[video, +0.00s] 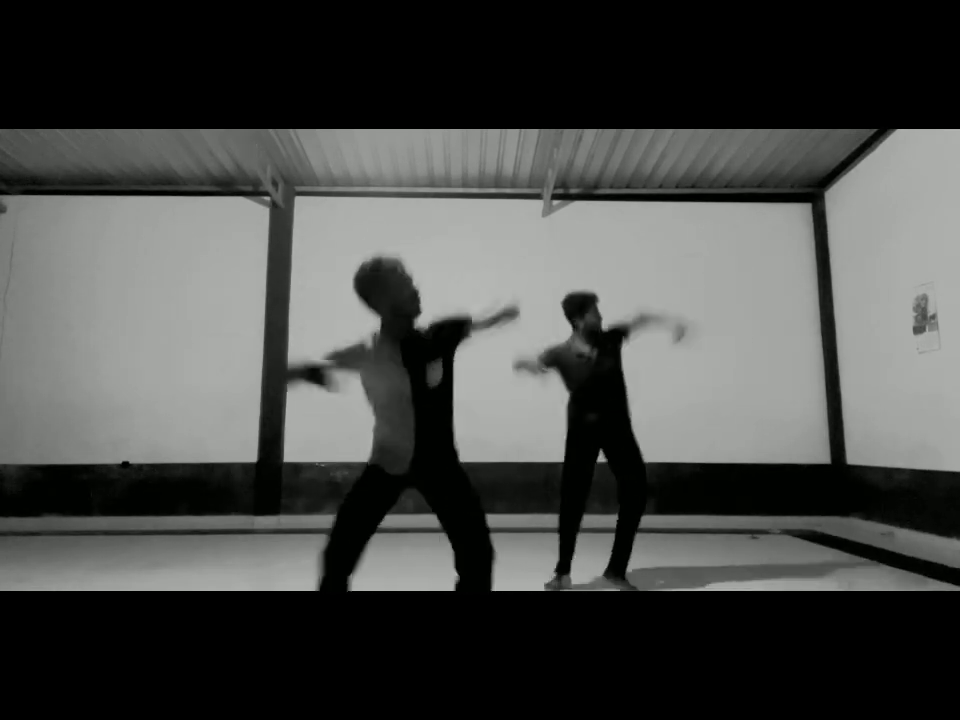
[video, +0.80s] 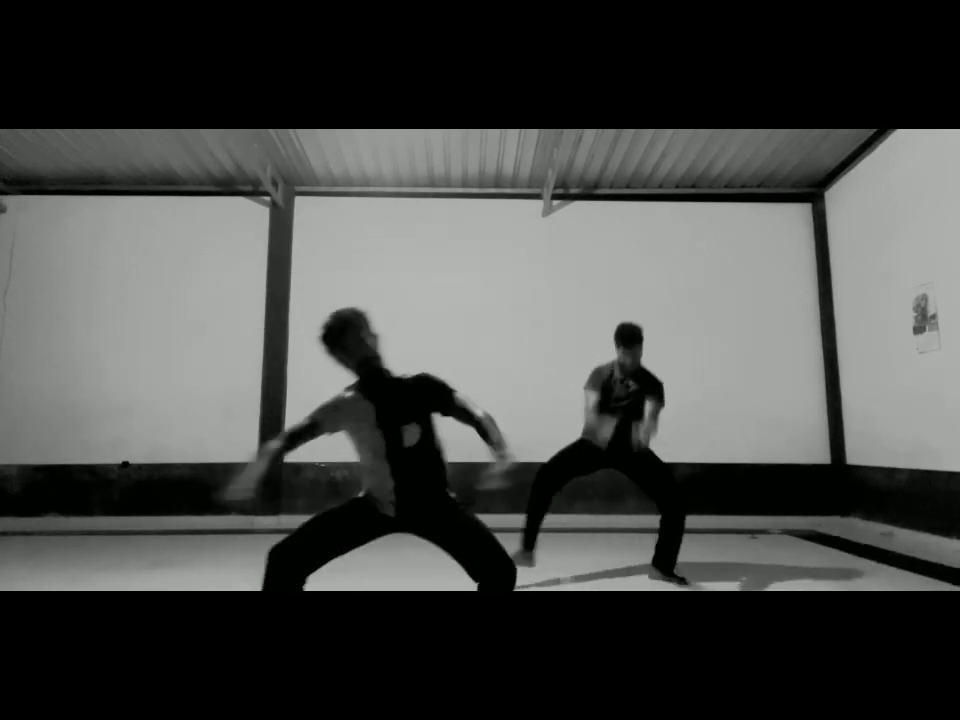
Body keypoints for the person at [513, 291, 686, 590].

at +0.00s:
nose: (599, 316)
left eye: (598, 311)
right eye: (593, 312)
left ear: (592, 315)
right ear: (579, 318)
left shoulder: (612, 338)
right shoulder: (561, 353)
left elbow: (641, 320)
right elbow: (531, 364)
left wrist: (674, 324)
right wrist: (528, 366)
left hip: (617, 431)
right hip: (582, 436)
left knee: (635, 493)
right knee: (572, 498)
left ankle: (616, 571)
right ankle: (563, 571)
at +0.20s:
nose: (600, 299)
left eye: (599, 294)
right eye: (593, 297)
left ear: (599, 299)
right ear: (578, 306)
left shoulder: (617, 320)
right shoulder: (566, 333)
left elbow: (639, 287)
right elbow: (526, 321)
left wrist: (660, 258)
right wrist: (490, 304)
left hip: (623, 412)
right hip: (593, 415)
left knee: (636, 482)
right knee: (598, 484)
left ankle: (632, 553)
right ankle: (605, 556)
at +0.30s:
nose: (599, 307)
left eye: (600, 302)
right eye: (591, 305)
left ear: (605, 304)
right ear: (580, 311)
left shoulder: (618, 329)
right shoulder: (571, 336)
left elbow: (641, 291)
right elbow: (536, 317)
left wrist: (658, 258)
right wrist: (516, 292)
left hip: (628, 420)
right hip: (596, 424)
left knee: (641, 488)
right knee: (603, 492)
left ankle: (637, 557)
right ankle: (607, 561)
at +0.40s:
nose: (604, 308)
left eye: (607, 304)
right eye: (597, 306)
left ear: (613, 307)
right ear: (587, 313)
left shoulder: (627, 334)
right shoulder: (579, 339)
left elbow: (648, 300)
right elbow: (546, 315)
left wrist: (642, 277)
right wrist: (556, 282)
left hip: (629, 424)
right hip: (595, 426)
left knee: (645, 490)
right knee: (602, 496)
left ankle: (650, 560)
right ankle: (610, 563)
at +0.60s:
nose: (623, 323)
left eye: (627, 319)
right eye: (617, 319)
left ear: (635, 324)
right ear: (610, 325)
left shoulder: (647, 354)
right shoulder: (602, 351)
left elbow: (662, 354)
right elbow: (587, 350)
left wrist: (641, 323)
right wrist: (602, 319)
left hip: (632, 432)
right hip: (596, 428)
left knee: (655, 488)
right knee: (575, 483)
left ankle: (659, 565)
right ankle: (587, 549)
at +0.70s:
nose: (631, 339)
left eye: (636, 334)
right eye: (625, 334)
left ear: (644, 336)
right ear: (619, 336)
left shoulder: (654, 372)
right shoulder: (605, 362)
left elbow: (646, 395)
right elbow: (597, 395)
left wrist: (636, 367)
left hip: (634, 441)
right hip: (598, 433)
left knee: (667, 495)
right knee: (556, 472)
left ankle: (660, 567)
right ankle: (558, 548)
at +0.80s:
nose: (630, 357)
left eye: (634, 351)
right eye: (625, 351)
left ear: (641, 349)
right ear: (617, 349)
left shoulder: (651, 385)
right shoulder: (599, 377)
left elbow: (651, 420)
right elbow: (589, 417)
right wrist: (605, 429)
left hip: (631, 452)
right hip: (594, 448)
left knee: (673, 499)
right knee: (547, 476)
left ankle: (662, 567)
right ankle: (527, 550)